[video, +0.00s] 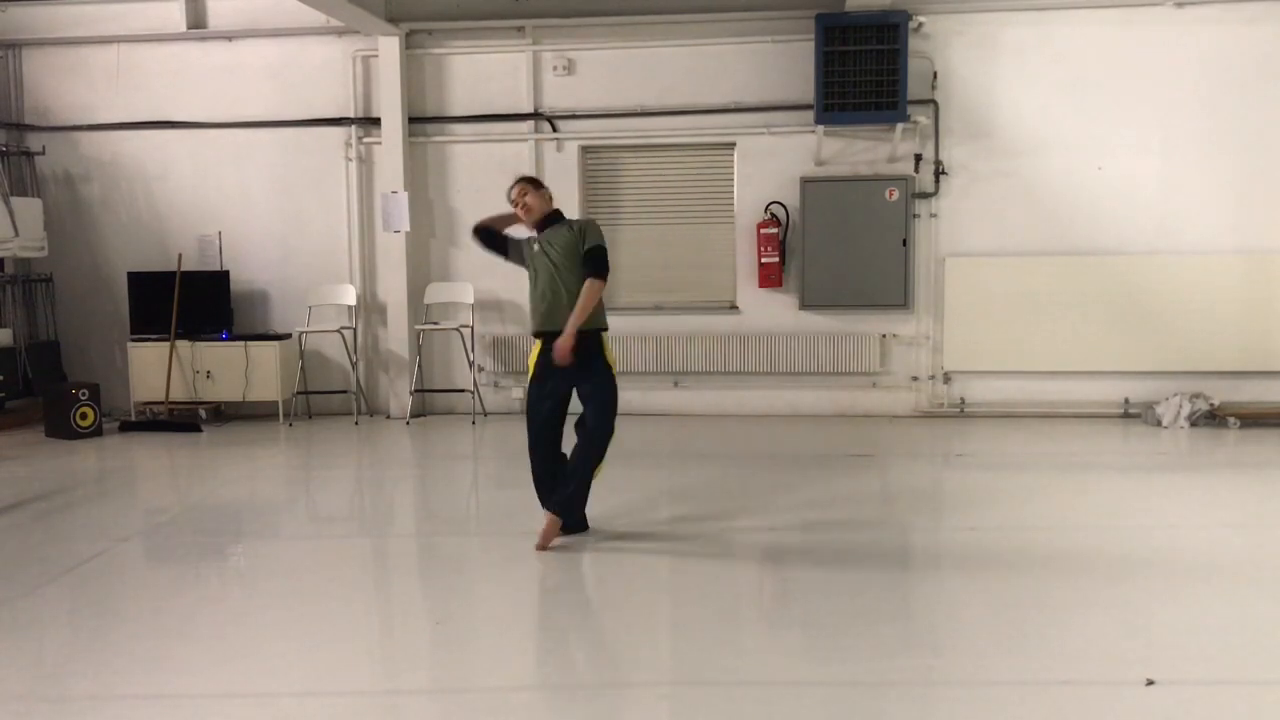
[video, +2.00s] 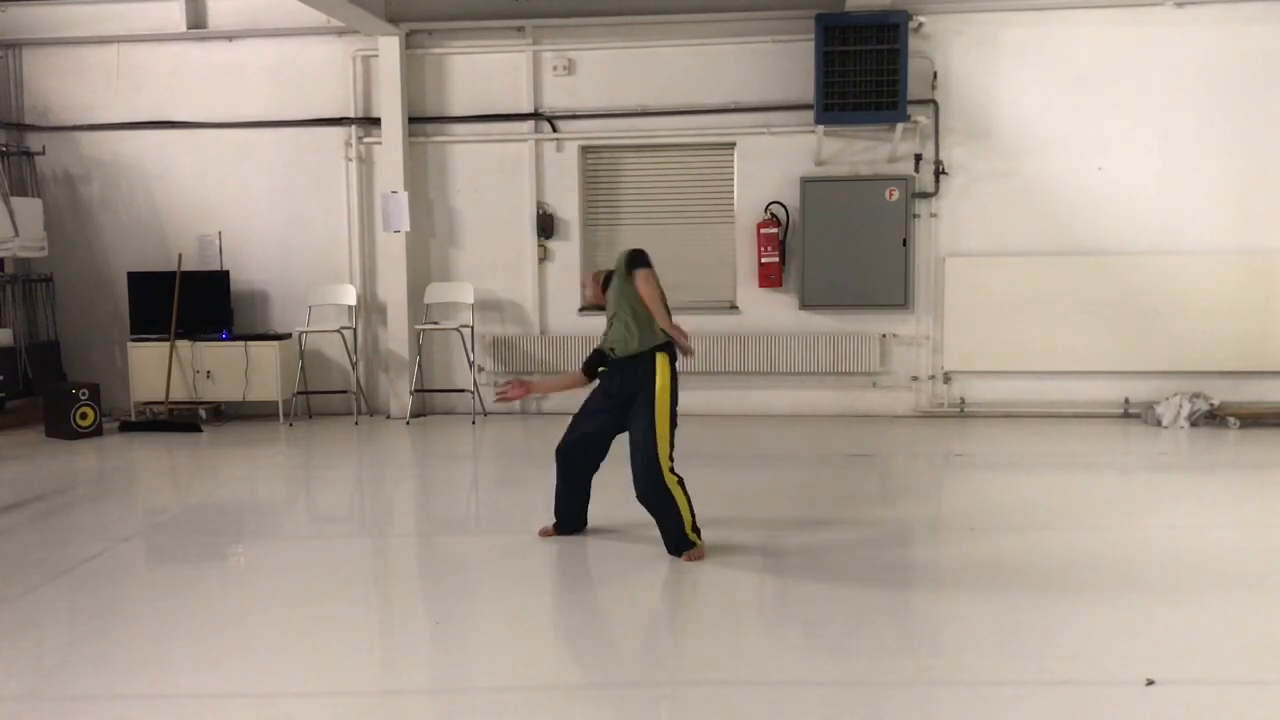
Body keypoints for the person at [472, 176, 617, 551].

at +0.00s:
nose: (520, 205)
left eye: (525, 195)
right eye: (515, 204)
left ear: (547, 196)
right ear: (519, 215)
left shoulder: (583, 229)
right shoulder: (529, 249)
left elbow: (597, 280)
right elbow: (481, 232)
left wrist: (569, 332)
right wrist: (515, 216)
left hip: (587, 344)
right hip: (548, 349)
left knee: (600, 424)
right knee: (542, 437)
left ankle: (559, 509)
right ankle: (571, 517)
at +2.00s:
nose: (584, 292)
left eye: (586, 285)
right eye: (583, 289)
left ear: (601, 278)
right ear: (601, 291)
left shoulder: (629, 262)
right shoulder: (612, 334)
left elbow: (648, 287)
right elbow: (582, 376)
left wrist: (667, 326)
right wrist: (530, 387)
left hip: (653, 367)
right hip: (617, 376)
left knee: (651, 465)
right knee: (572, 451)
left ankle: (688, 541)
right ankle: (570, 523)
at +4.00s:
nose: (727, 415)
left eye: (723, 414)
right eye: (728, 424)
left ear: (730, 401)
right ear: (741, 425)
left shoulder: (756, 372)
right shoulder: (781, 420)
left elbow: (722, 358)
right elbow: (802, 484)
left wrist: (693, 370)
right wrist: (815, 547)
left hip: (901, 376)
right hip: (879, 402)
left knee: (982, 331)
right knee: (960, 472)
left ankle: (1016, 417)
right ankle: (941, 560)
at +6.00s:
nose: (681, 484)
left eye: (689, 485)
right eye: (684, 480)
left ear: (703, 457)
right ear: (681, 461)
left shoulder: (691, 440)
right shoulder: (647, 447)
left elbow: (733, 461)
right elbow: (635, 496)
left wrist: (780, 468)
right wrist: (674, 534)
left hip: (631, 481)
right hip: (599, 490)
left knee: (687, 501)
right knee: (672, 514)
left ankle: (763, 522)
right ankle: (747, 531)